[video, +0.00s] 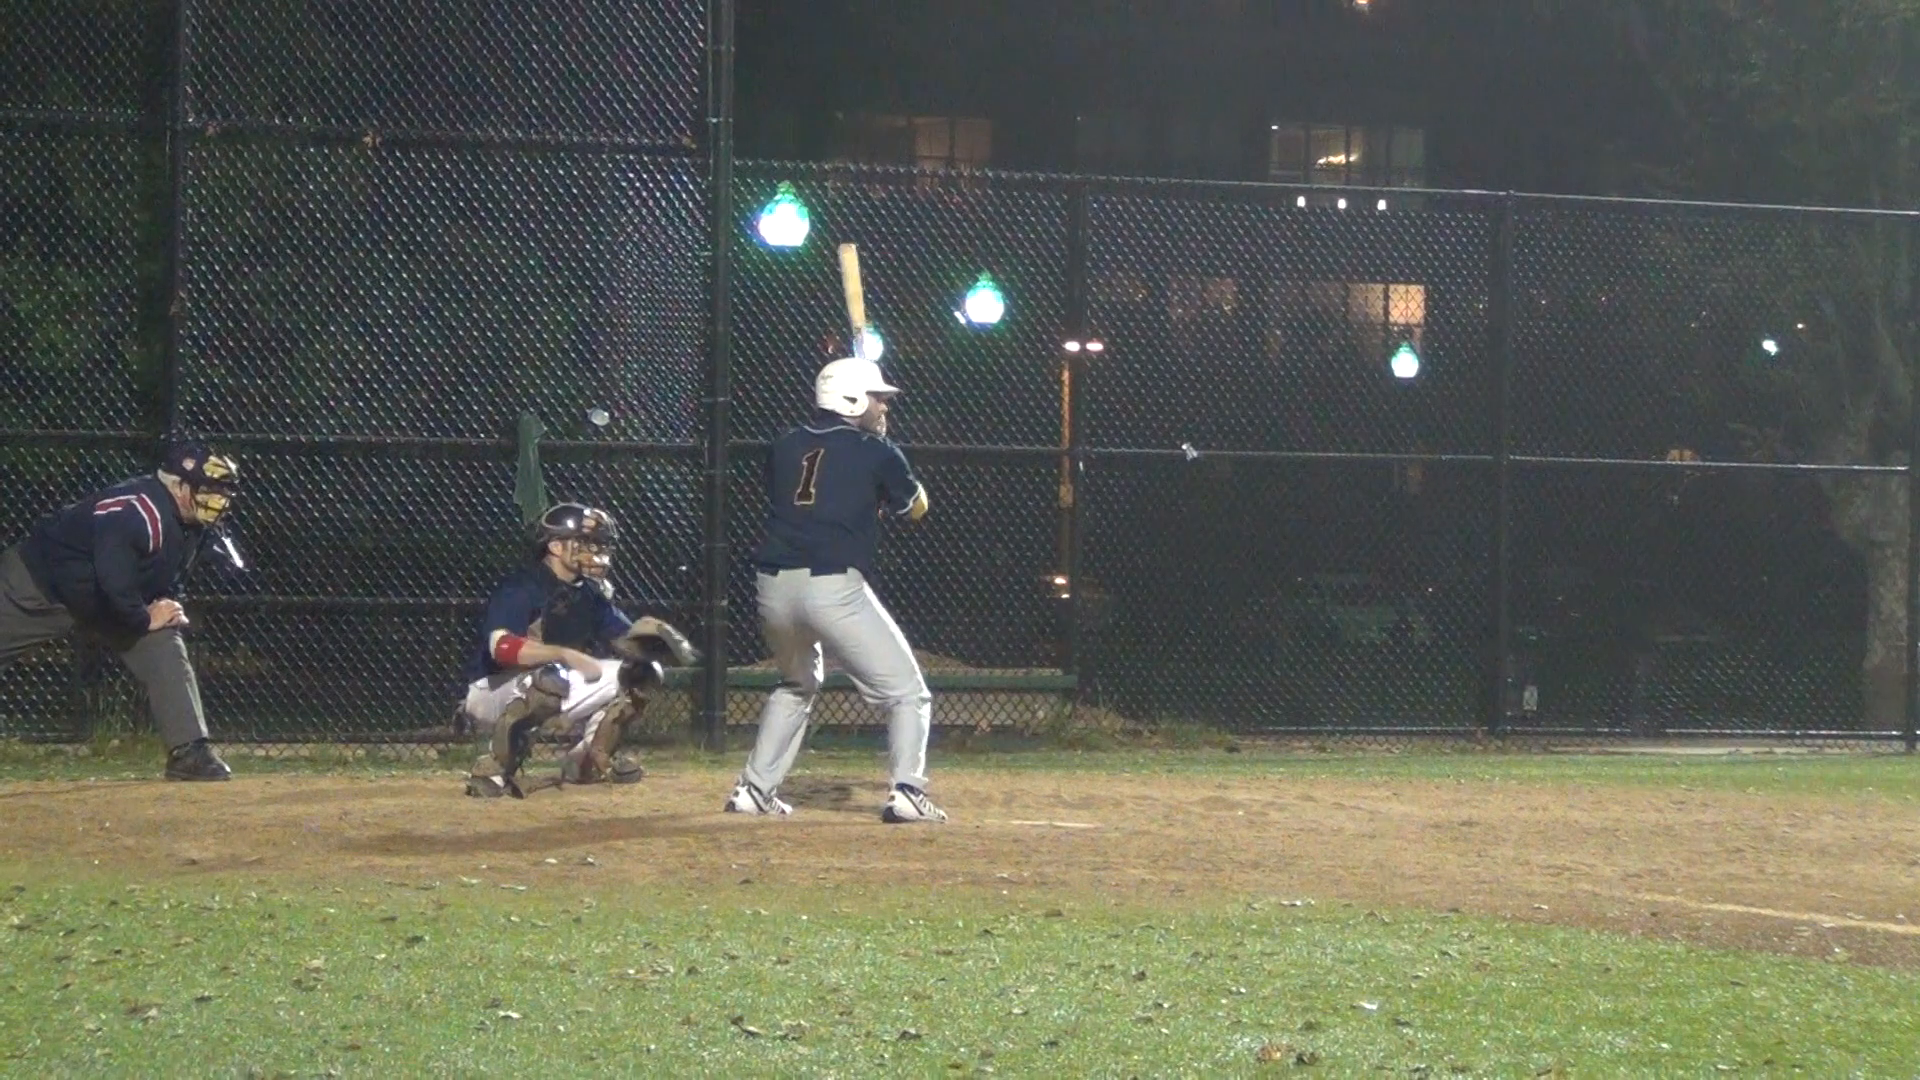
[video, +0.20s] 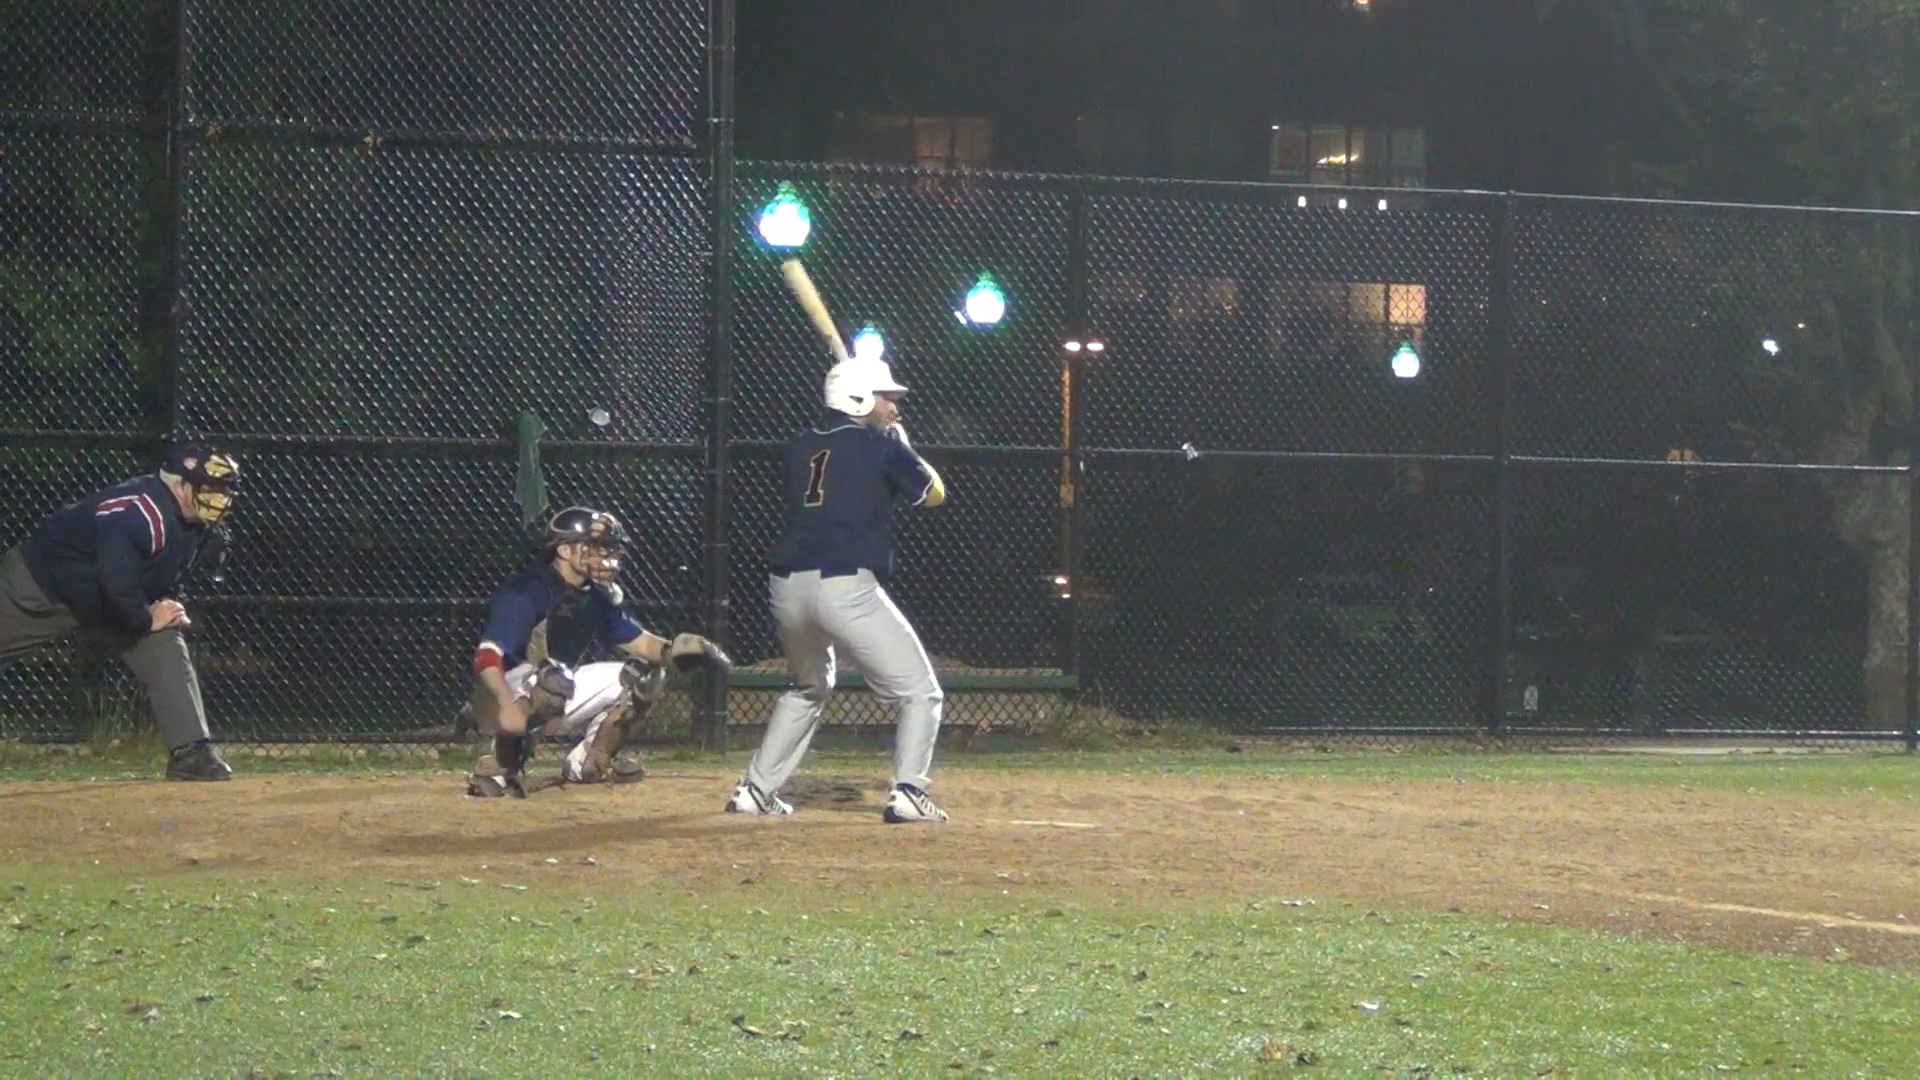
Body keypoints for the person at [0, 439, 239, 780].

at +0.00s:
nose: (217, 501)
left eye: (220, 493)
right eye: (209, 491)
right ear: (181, 488)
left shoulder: (181, 521)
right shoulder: (135, 511)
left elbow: (166, 573)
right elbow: (114, 578)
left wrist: (169, 605)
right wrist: (143, 619)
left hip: (102, 599)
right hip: (35, 588)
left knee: (163, 648)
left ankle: (188, 750)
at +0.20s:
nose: (218, 500)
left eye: (221, 491)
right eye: (210, 490)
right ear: (181, 487)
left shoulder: (184, 521)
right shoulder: (138, 510)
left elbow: (161, 575)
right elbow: (117, 579)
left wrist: (170, 606)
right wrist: (144, 620)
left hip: (103, 600)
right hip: (37, 589)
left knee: (164, 648)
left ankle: (190, 751)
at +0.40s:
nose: (218, 501)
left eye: (221, 493)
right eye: (210, 492)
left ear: (184, 489)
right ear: (182, 487)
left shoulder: (180, 519)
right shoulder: (140, 512)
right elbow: (118, 583)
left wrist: (162, 605)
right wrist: (145, 620)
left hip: (102, 600)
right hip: (35, 592)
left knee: (164, 648)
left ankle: (191, 752)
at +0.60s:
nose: (217, 501)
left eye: (221, 493)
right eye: (209, 491)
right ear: (182, 487)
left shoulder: (181, 519)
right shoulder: (140, 512)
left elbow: (153, 573)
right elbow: (117, 583)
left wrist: (161, 606)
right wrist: (145, 620)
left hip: (101, 599)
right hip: (36, 590)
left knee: (164, 648)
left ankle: (191, 751)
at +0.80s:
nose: (218, 500)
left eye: (221, 492)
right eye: (210, 490)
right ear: (182, 486)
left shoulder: (181, 518)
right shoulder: (140, 511)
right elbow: (119, 579)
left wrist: (164, 607)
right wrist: (146, 619)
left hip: (102, 600)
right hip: (36, 590)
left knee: (166, 649)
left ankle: (191, 751)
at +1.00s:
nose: (219, 500)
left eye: (223, 492)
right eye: (211, 491)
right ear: (183, 487)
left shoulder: (183, 519)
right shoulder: (141, 513)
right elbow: (121, 587)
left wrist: (166, 608)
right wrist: (149, 619)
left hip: (102, 601)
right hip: (38, 593)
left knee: (166, 648)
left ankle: (192, 751)